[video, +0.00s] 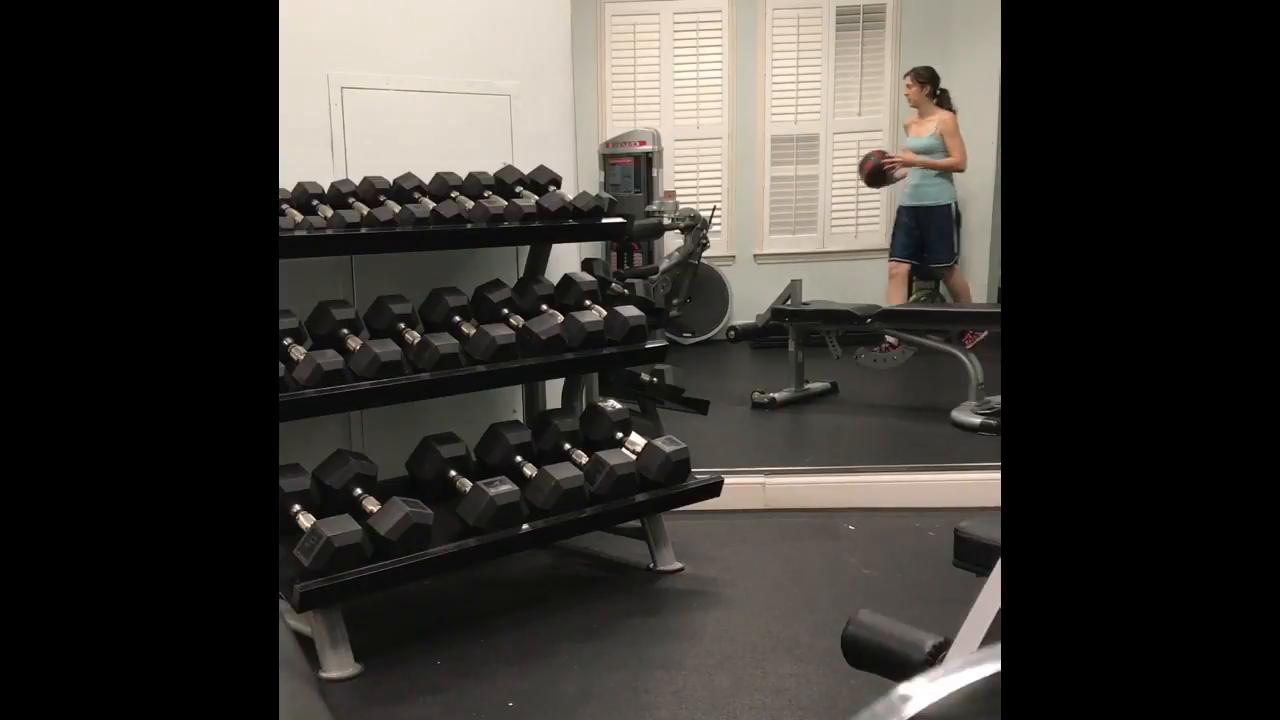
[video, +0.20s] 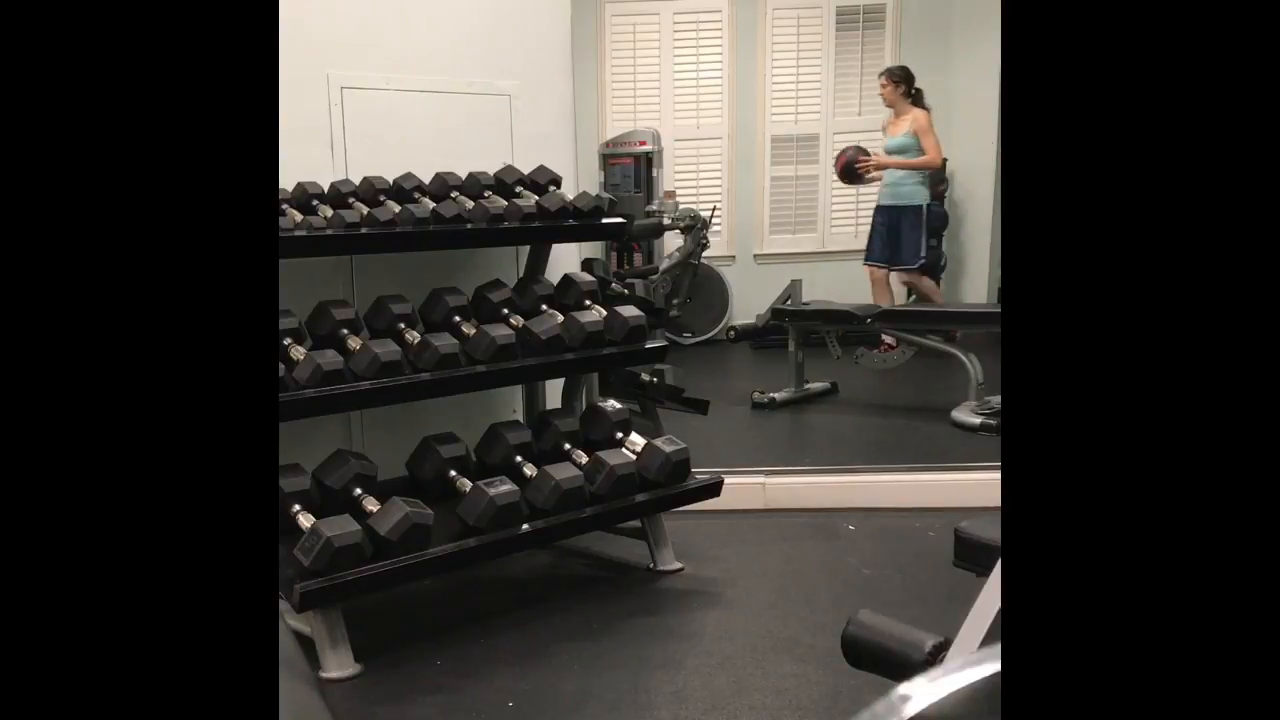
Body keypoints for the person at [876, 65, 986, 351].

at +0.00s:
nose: (905, 93)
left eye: (909, 87)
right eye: (905, 87)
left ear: (926, 89)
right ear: (915, 90)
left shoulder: (945, 119)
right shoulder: (910, 123)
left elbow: (960, 163)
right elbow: (919, 161)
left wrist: (915, 161)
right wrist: (895, 170)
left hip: (939, 204)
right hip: (910, 204)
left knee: (946, 271)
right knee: (897, 269)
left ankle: (973, 323)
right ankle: (894, 333)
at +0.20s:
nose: (880, 92)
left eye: (884, 87)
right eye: (880, 87)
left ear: (901, 88)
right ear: (895, 89)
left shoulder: (920, 117)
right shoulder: (889, 124)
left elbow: (935, 160)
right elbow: (896, 165)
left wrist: (887, 163)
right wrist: (866, 170)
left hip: (914, 203)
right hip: (888, 202)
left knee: (909, 274)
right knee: (876, 271)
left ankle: (951, 317)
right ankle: (889, 336)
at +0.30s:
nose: (870, 92)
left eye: (874, 86)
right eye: (870, 87)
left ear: (891, 87)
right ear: (885, 88)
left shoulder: (909, 116)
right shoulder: (880, 122)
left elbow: (926, 159)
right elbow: (884, 167)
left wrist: (879, 158)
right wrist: (857, 170)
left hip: (901, 201)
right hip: (878, 202)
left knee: (886, 271)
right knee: (872, 273)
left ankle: (928, 321)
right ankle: (888, 338)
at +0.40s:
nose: (860, 91)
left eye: (864, 86)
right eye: (860, 86)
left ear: (881, 86)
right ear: (873, 87)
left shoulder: (899, 115)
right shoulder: (870, 121)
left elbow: (918, 157)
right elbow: (874, 168)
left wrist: (875, 156)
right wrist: (849, 164)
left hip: (893, 199)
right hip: (870, 199)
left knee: (867, 268)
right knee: (866, 270)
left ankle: (892, 325)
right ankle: (882, 328)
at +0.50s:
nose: (850, 91)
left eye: (854, 85)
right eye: (849, 86)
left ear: (870, 86)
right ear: (861, 87)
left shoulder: (890, 115)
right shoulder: (860, 119)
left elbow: (912, 156)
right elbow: (861, 166)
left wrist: (872, 159)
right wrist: (842, 160)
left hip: (883, 201)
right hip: (861, 201)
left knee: (853, 270)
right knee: (869, 274)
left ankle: (858, 346)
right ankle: (890, 337)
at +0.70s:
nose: (832, 91)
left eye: (836, 86)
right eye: (831, 86)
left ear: (853, 87)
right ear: (843, 88)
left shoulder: (871, 120)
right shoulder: (839, 123)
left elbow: (896, 159)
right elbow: (842, 171)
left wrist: (864, 172)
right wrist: (820, 164)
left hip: (859, 207)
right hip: (840, 206)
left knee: (829, 275)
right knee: (856, 277)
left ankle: (823, 349)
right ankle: (887, 334)